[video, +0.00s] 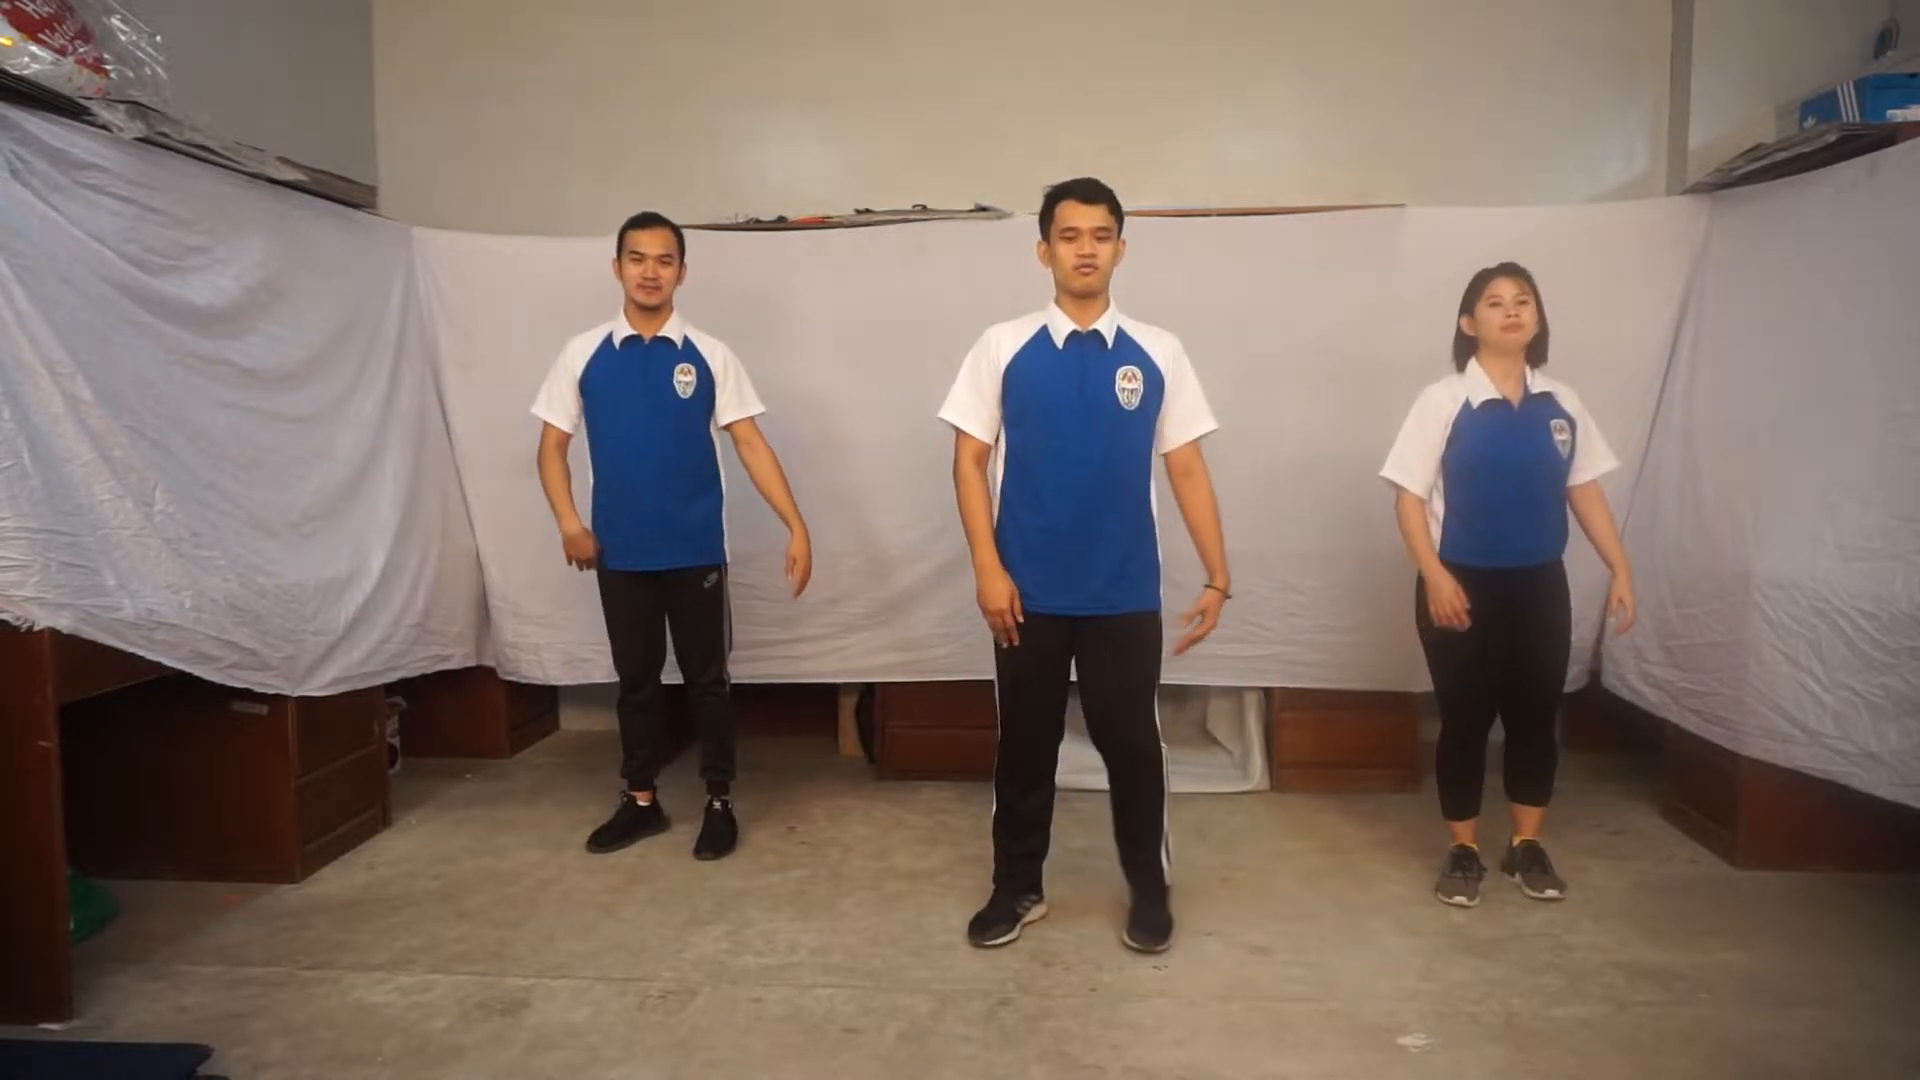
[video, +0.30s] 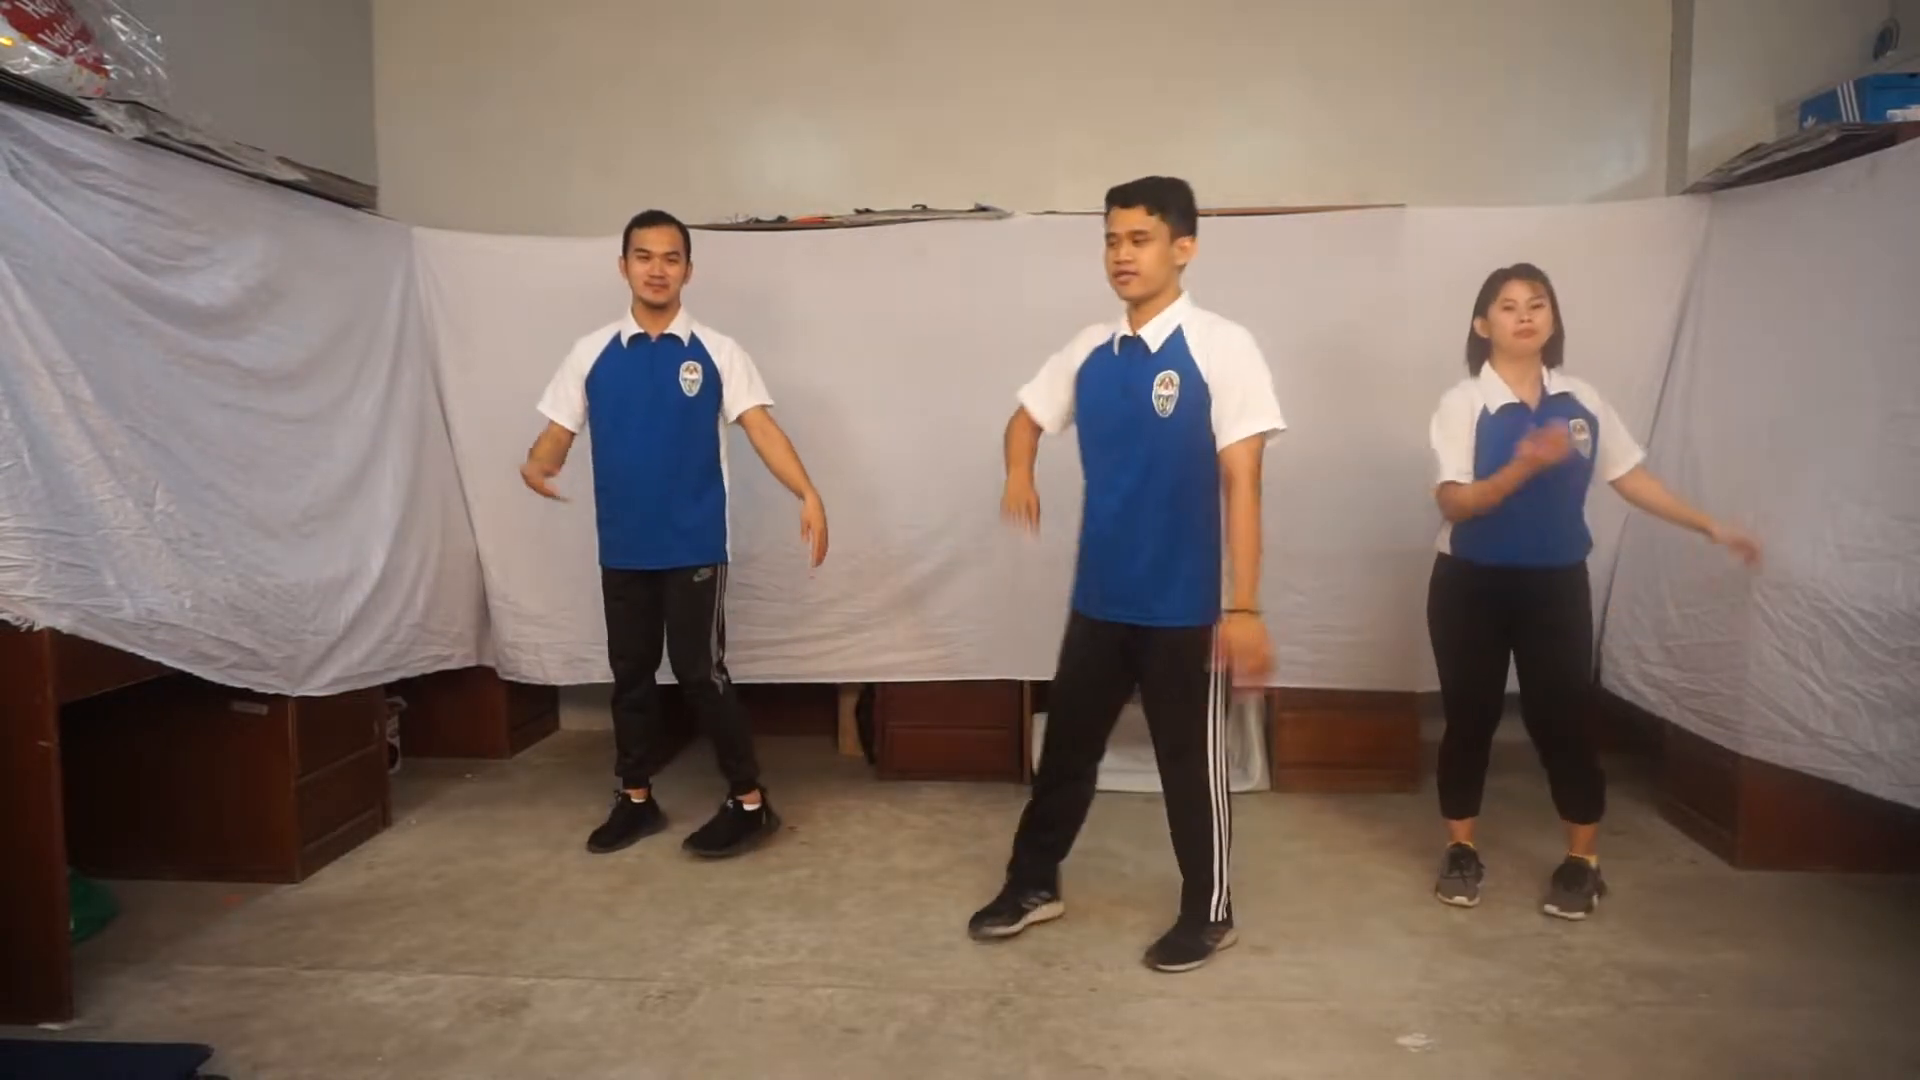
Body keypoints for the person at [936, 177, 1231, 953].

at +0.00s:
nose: (1087, 250)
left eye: (1101, 237)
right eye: (1070, 237)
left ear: (1119, 248)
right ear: (1046, 251)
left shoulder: (1156, 353)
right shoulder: (1002, 347)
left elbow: (1187, 468)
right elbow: (969, 461)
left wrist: (1218, 575)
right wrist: (987, 567)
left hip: (1123, 596)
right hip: (1028, 594)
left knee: (1132, 749)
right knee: (1024, 750)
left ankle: (1148, 888)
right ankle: (1015, 885)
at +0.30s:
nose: (1120, 256)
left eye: (1139, 240)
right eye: (1112, 242)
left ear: (1183, 249)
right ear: (1105, 251)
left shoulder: (1222, 347)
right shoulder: (1090, 347)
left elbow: (1242, 483)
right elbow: (1026, 416)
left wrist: (1243, 606)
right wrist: (1019, 473)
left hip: (1186, 605)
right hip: (1101, 598)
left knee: (1193, 769)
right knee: (1065, 752)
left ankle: (1207, 910)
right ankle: (1032, 883)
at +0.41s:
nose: (1134, 257)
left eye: (1151, 243)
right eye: (1129, 242)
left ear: (1202, 247)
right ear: (1129, 246)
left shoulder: (1228, 342)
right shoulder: (1135, 334)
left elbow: (1221, 479)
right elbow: (1073, 355)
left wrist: (1151, 591)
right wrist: (1033, 366)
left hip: (1211, 590)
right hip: (1141, 576)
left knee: (1198, 754)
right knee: (1115, 720)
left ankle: (1206, 910)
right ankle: (1118, 871)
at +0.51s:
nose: (1149, 257)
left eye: (1164, 242)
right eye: (1148, 242)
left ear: (1218, 248)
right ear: (1183, 249)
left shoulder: (1223, 332)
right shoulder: (1188, 312)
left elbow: (1195, 464)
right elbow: (1131, 282)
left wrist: (1124, 533)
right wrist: (1059, 249)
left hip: (1222, 583)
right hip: (1180, 572)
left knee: (1210, 740)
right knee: (1162, 715)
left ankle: (1206, 909)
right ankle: (1243, 866)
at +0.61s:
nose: (1166, 258)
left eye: (1180, 244)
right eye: (1165, 243)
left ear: (1229, 250)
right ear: (1226, 248)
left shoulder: (1213, 331)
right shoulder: (1263, 303)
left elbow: (1164, 475)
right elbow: (1216, 215)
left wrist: (1149, 512)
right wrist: (1145, 145)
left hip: (1221, 582)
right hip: (1272, 566)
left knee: (1206, 741)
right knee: (1269, 723)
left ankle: (1209, 908)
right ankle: (1364, 879)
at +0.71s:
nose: (1179, 262)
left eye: (1192, 247)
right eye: (1181, 246)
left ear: (1249, 251)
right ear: (1254, 251)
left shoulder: (1219, 336)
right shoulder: (1295, 303)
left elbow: (1172, 481)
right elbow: (1274, 218)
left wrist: (1203, 527)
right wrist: (1250, 121)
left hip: (1240, 586)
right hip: (1310, 569)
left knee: (1217, 755)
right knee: (1345, 737)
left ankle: (1207, 913)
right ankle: (1440, 904)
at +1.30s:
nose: (1153, 267)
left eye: (1166, 253)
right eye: (1153, 252)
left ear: (1217, 259)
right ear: (1219, 263)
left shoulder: (1203, 349)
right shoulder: (1253, 327)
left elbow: (1176, 500)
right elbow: (1198, 284)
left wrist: (1151, 548)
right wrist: (1143, 228)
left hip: (1218, 593)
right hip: (1267, 583)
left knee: (1171, 754)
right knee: (1280, 747)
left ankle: (1189, 936)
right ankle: (1415, 891)